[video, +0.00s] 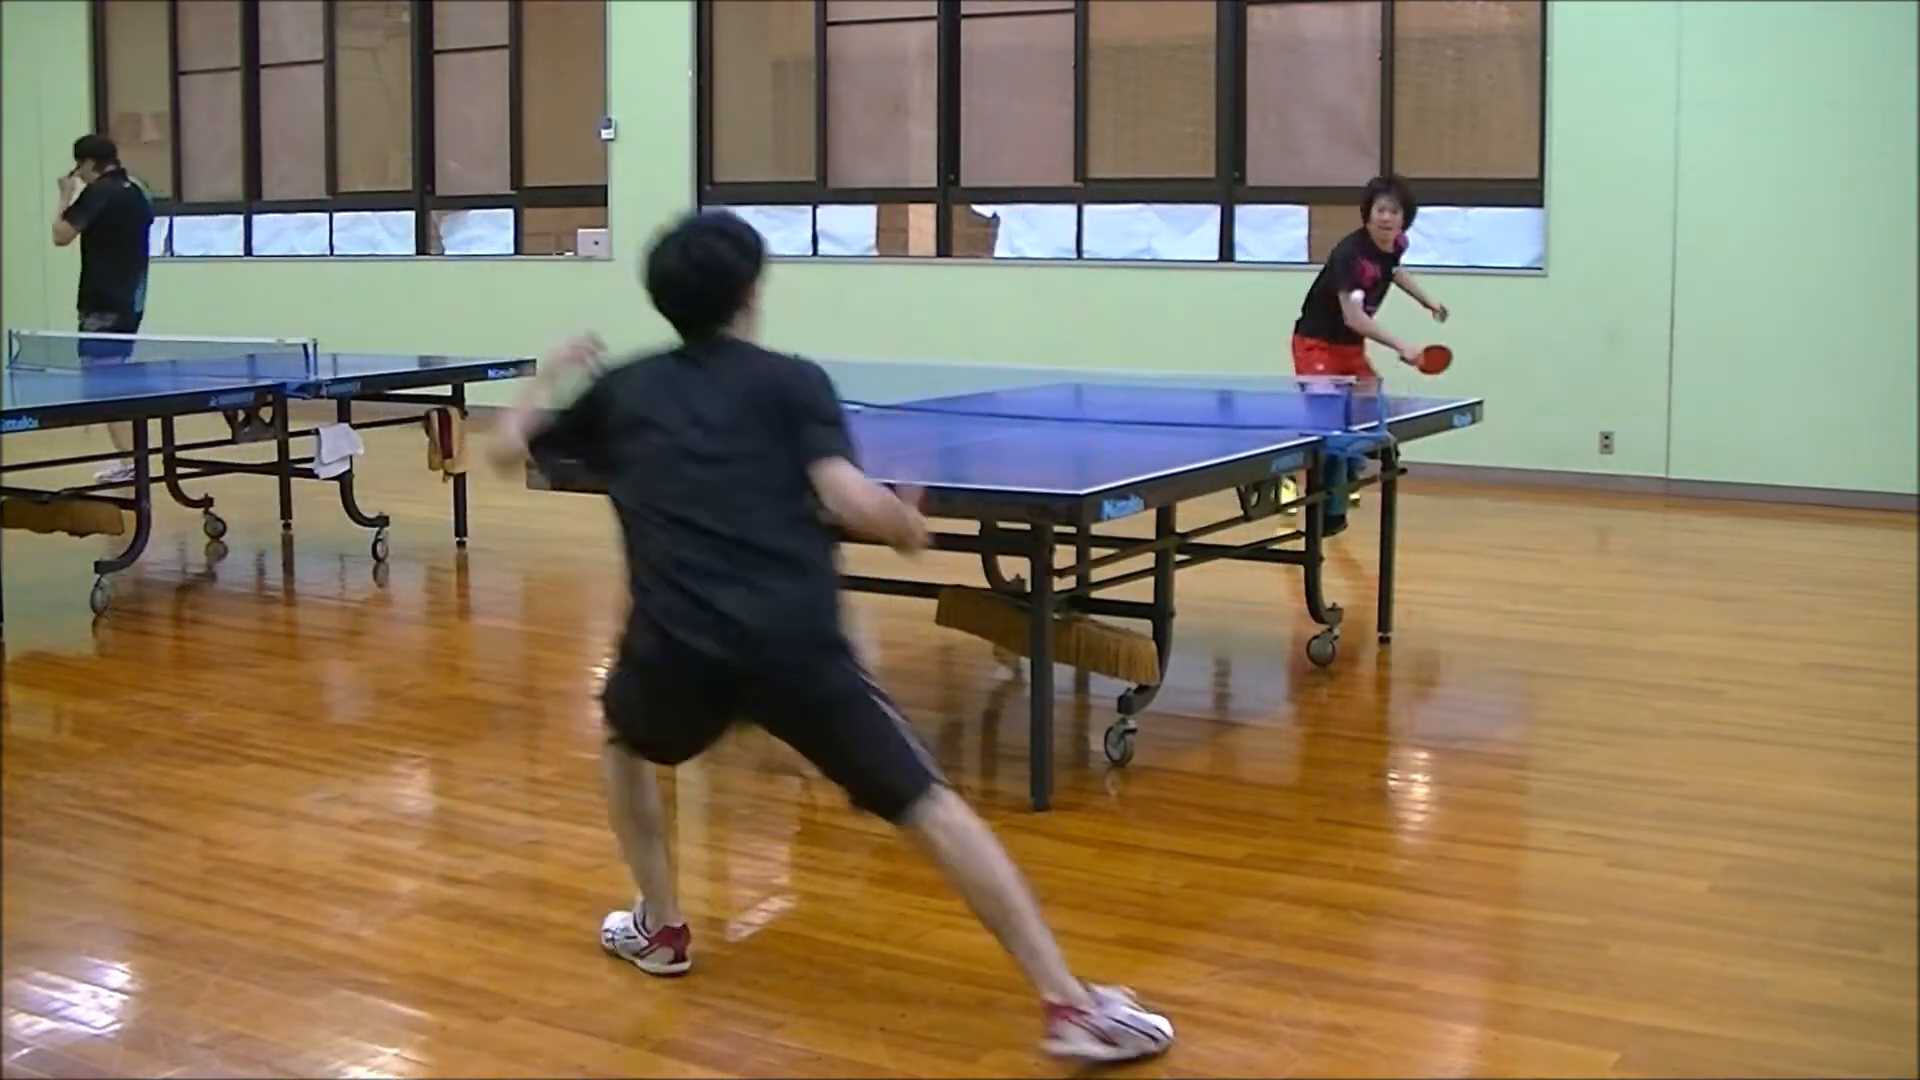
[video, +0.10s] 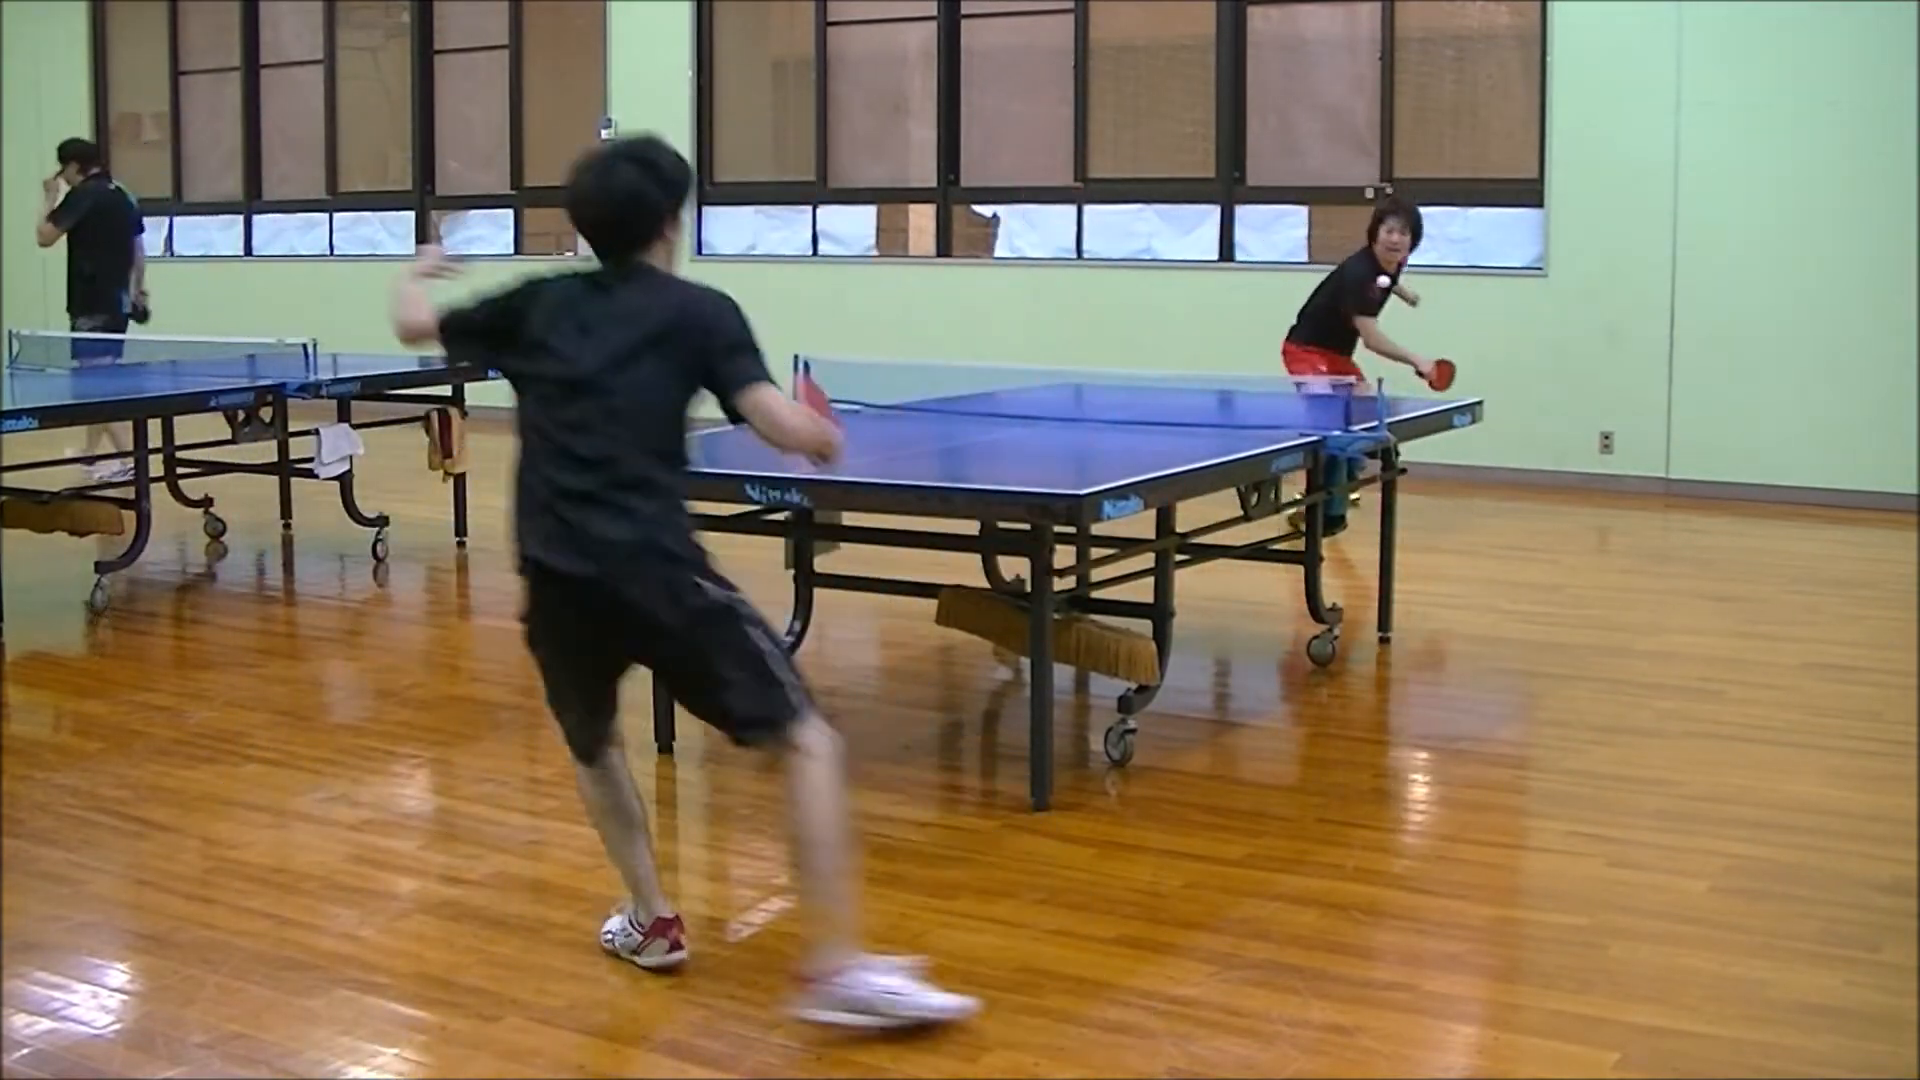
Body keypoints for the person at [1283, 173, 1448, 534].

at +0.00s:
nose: (1386, 218)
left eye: (1394, 211)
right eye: (1379, 209)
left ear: (1405, 218)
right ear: (1366, 214)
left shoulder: (1396, 245)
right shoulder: (1350, 254)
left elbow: (1394, 273)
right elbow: (1353, 317)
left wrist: (1428, 302)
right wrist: (1399, 346)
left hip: (1350, 344)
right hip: (1316, 345)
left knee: (1372, 410)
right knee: (1326, 423)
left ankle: (1343, 477)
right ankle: (1311, 504)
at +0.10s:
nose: (1395, 239)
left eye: (1403, 233)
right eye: (1388, 231)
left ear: (1413, 241)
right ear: (1374, 234)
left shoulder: (1392, 264)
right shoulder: (1360, 270)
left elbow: (1388, 279)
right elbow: (1371, 339)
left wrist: (1404, 294)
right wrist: (1416, 361)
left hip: (1337, 355)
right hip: (1306, 352)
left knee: (1370, 412)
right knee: (1330, 426)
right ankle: (1316, 506)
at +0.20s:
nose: (1397, 256)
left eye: (1405, 249)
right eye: (1390, 246)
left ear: (1412, 255)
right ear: (1374, 248)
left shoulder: (1388, 282)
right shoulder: (1358, 289)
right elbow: (1374, 355)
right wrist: (1419, 384)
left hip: (1336, 365)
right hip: (1306, 364)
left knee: (1364, 426)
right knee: (1333, 437)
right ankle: (1325, 516)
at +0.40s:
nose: (1367, 262)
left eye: (1376, 256)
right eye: (1361, 254)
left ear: (1389, 258)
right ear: (1348, 254)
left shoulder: (1390, 275)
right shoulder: (1338, 287)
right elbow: (1351, 343)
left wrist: (1390, 354)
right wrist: (1387, 355)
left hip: (1369, 369)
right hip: (1330, 370)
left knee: (1357, 445)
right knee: (1331, 444)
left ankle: (1336, 510)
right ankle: (1323, 514)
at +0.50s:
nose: (1364, 238)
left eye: (1367, 230)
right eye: (1356, 233)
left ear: (1376, 231)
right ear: (1344, 239)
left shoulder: (1396, 257)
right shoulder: (1340, 272)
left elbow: (1420, 263)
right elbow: (1339, 282)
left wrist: (1439, 266)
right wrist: (1356, 249)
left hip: (1393, 365)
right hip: (1349, 366)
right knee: (1337, 438)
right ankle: (1328, 512)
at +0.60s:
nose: (1372, 211)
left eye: (1379, 204)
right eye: (1367, 205)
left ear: (1397, 204)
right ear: (1361, 207)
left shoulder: (1419, 227)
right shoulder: (1355, 238)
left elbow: (1445, 238)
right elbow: (1327, 226)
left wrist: (1473, 245)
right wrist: (1335, 173)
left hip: (1423, 351)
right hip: (1374, 354)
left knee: (1460, 411)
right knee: (1348, 428)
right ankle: (1333, 511)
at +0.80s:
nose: (1432, 184)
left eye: (1442, 178)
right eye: (1427, 176)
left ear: (1459, 183)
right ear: (1420, 179)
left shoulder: (1474, 223)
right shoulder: (1400, 223)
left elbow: (1487, 280)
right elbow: (1369, 272)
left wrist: (1500, 333)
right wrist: (1355, 245)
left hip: (1476, 338)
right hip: (1420, 341)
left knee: (1519, 415)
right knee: (1389, 416)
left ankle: (1540, 473)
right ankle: (1389, 490)